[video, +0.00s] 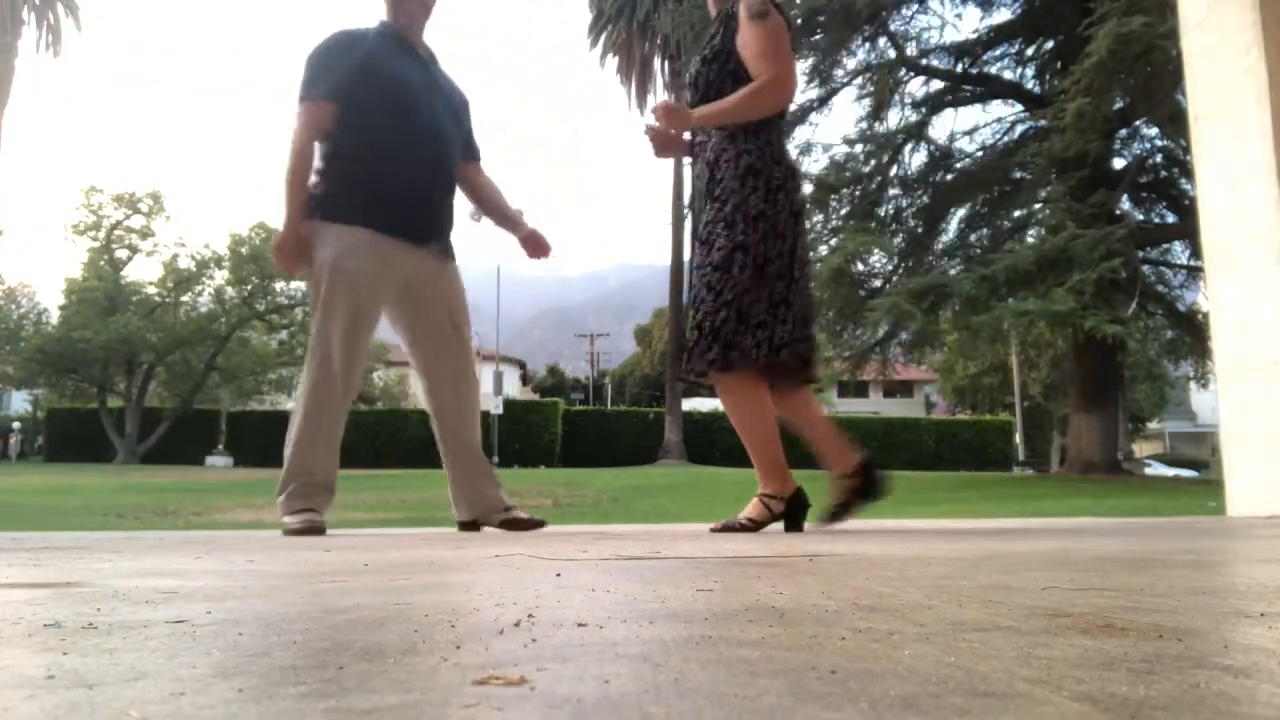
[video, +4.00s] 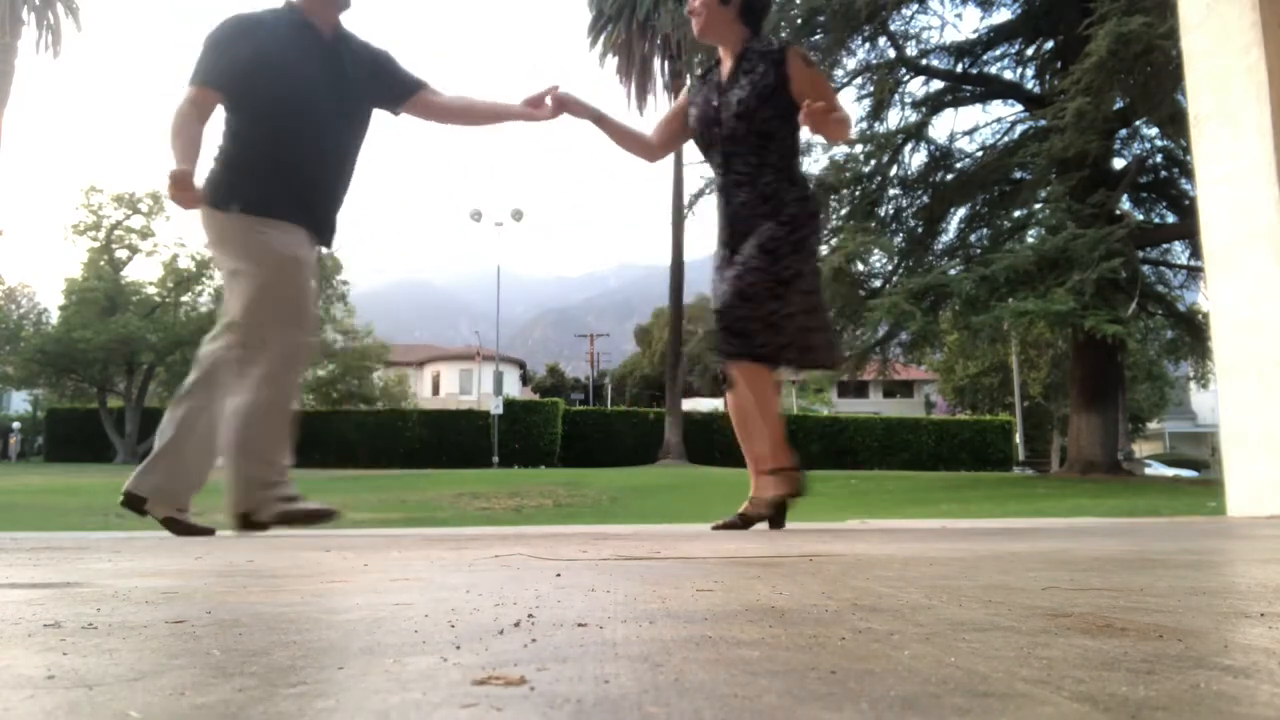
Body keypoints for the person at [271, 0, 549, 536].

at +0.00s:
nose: (418, 1)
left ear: (434, 6)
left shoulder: (449, 93)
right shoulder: (348, 47)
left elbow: (471, 175)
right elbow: (305, 136)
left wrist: (518, 225)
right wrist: (294, 220)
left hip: (428, 252)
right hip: (352, 236)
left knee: (454, 378)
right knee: (331, 372)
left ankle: (480, 505)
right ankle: (303, 504)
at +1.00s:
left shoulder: (377, 29)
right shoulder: (266, 1)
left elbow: (384, 123)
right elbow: (214, 43)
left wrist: (465, 160)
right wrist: (247, 135)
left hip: (360, 206)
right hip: (282, 188)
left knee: (375, 353)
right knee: (257, 346)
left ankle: (366, 500)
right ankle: (221, 505)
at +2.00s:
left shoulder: (346, 28)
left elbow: (352, 123)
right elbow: (183, 38)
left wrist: (440, 154)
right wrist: (254, 69)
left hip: (312, 192)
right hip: (231, 172)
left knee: (337, 343)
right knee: (234, 341)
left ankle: (339, 504)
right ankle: (218, 505)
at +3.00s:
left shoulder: (381, 24)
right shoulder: (262, 4)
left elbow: (422, 127)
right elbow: (201, 43)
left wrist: (515, 139)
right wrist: (212, 110)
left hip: (344, 204)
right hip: (258, 182)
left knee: (375, 342)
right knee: (240, 348)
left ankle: (352, 500)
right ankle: (218, 505)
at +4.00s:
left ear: (342, 2)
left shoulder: (365, 61)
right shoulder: (249, 31)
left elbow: (436, 104)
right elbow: (194, 107)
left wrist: (521, 111)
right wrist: (184, 169)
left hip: (295, 228)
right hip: (245, 214)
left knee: (234, 353)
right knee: (284, 346)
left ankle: (159, 488)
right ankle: (260, 499)